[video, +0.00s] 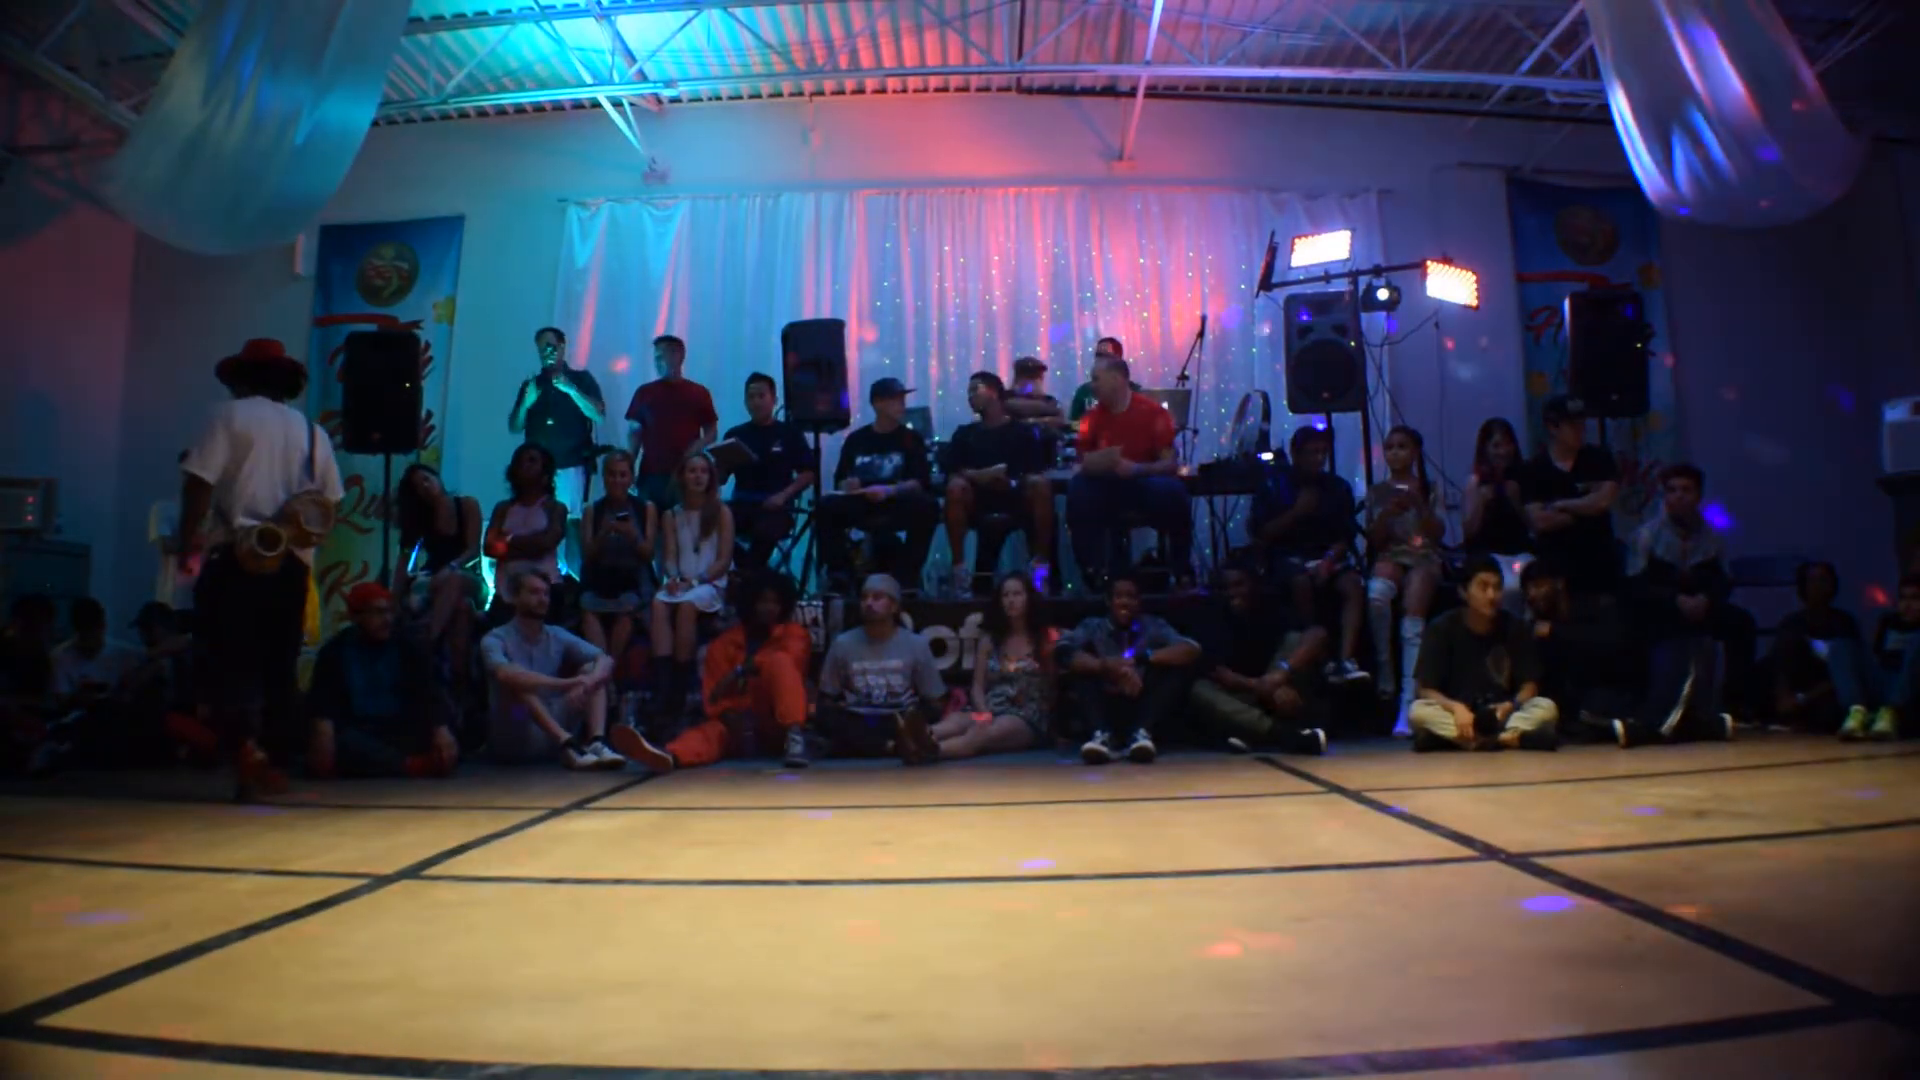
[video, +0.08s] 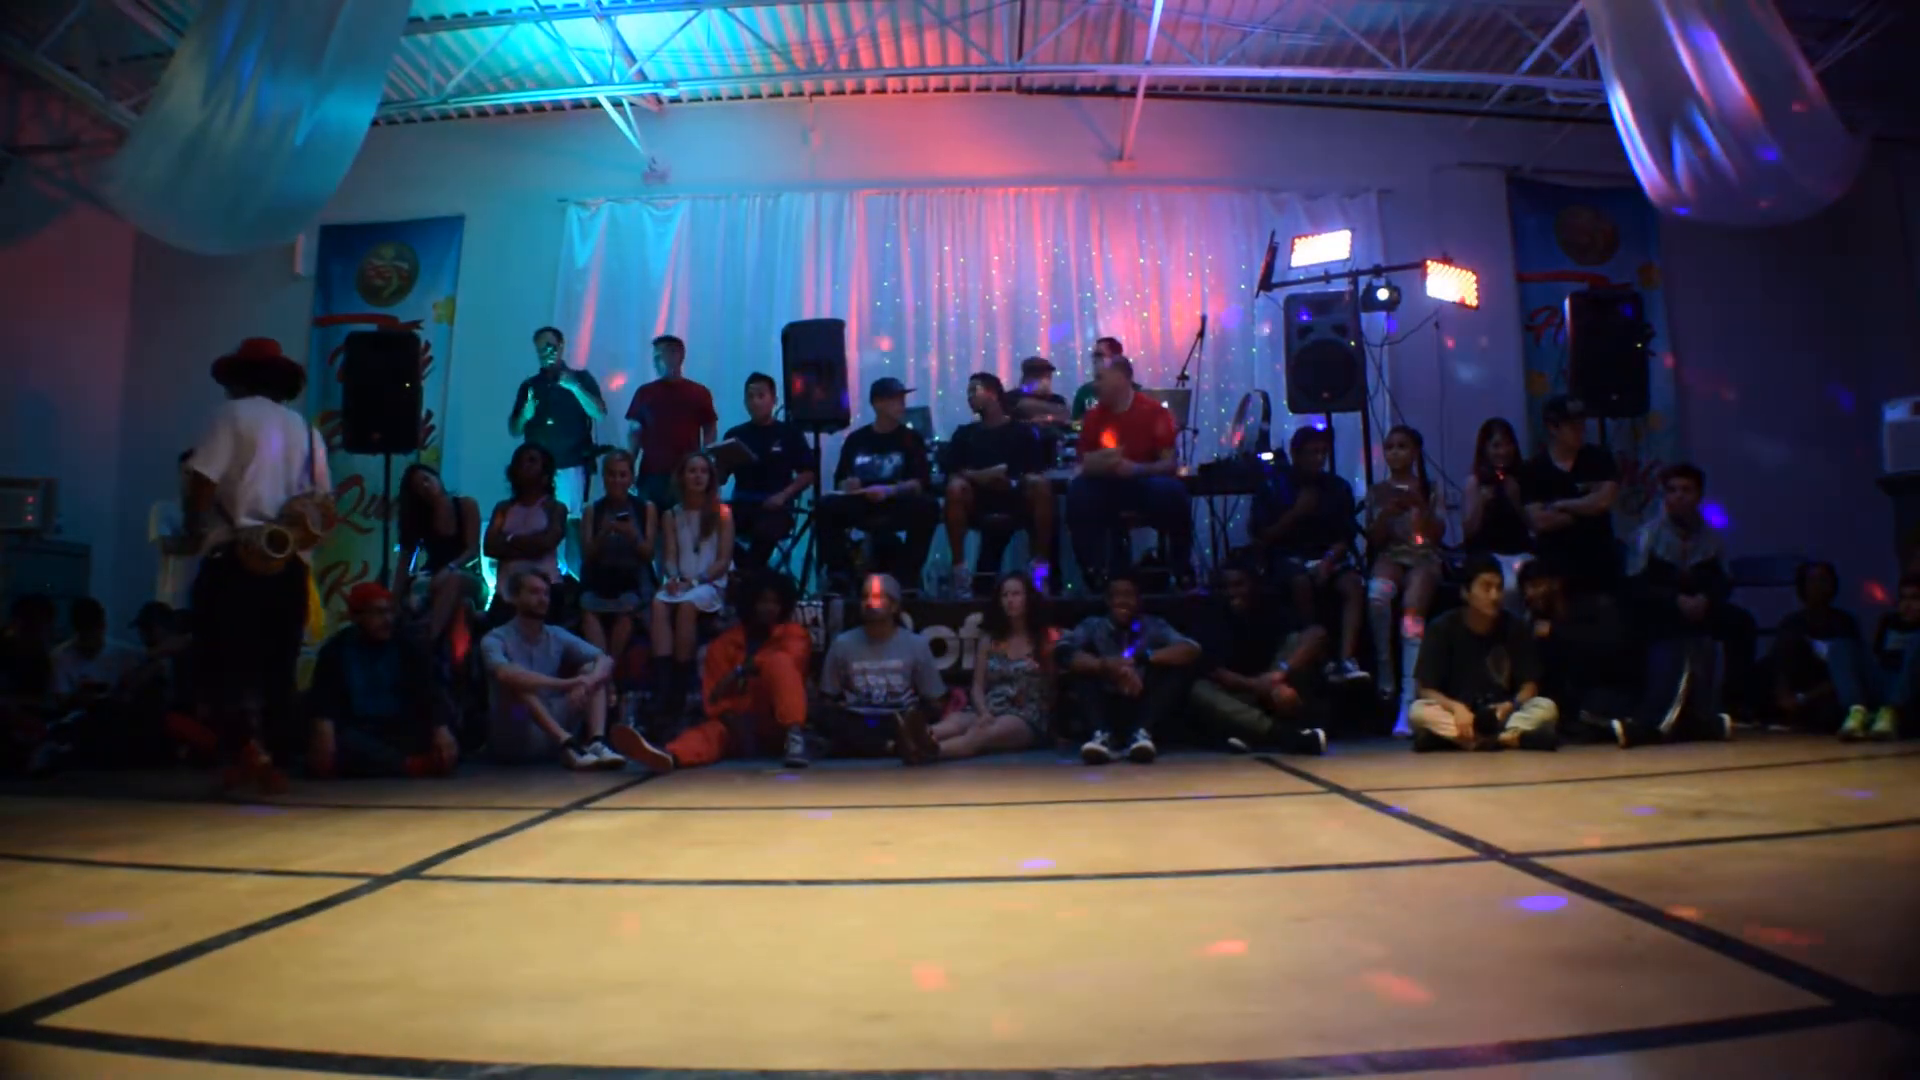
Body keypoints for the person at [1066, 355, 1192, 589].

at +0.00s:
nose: (1092, 386)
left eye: (1097, 379)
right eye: (1092, 380)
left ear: (1119, 380)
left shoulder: (1153, 413)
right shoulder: (1092, 418)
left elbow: (1169, 463)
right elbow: (1083, 460)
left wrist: (1134, 468)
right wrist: (1102, 460)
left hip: (1143, 482)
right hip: (1106, 482)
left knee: (1174, 493)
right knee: (1079, 490)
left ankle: (1181, 569)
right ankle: (1091, 570)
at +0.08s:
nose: (1096, 385)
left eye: (1101, 378)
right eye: (1096, 379)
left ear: (1124, 379)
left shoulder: (1155, 413)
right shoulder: (1093, 417)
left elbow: (1169, 463)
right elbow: (1085, 463)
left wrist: (1132, 468)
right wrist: (1103, 462)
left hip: (1144, 482)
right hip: (1106, 483)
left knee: (1173, 493)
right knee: (1079, 493)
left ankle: (1181, 569)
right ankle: (1092, 571)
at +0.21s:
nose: (1102, 380)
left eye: (1109, 374)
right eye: (1101, 375)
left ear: (1130, 377)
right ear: (1099, 380)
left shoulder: (1158, 414)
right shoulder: (1096, 416)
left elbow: (1170, 464)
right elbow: (1082, 461)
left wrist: (1133, 468)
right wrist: (1100, 463)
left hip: (1145, 482)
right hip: (1107, 482)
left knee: (1176, 492)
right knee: (1079, 494)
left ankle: (1181, 567)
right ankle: (1091, 572)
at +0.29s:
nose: (1104, 380)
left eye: (1110, 375)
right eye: (1104, 375)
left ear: (1132, 379)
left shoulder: (1162, 415)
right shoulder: (1097, 416)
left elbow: (1172, 465)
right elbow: (1083, 461)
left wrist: (1134, 469)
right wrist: (1100, 464)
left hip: (1146, 482)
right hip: (1107, 483)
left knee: (1177, 493)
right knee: (1079, 496)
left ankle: (1182, 568)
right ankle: (1091, 572)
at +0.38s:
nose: (1104, 380)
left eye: (1111, 375)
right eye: (1104, 375)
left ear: (1133, 379)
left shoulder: (1163, 416)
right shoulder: (1096, 416)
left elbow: (1173, 465)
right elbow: (1083, 463)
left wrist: (1134, 469)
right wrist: (1100, 464)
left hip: (1147, 483)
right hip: (1107, 483)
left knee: (1178, 494)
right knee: (1081, 498)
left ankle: (1182, 568)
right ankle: (1090, 574)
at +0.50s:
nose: (1115, 381)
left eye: (1121, 375)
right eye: (1113, 375)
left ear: (1139, 379)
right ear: (1110, 380)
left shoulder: (1165, 417)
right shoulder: (1098, 417)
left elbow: (1174, 466)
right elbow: (1083, 464)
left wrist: (1136, 469)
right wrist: (1099, 467)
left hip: (1147, 485)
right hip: (1108, 485)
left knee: (1177, 492)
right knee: (1078, 495)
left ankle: (1182, 570)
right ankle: (1083, 575)